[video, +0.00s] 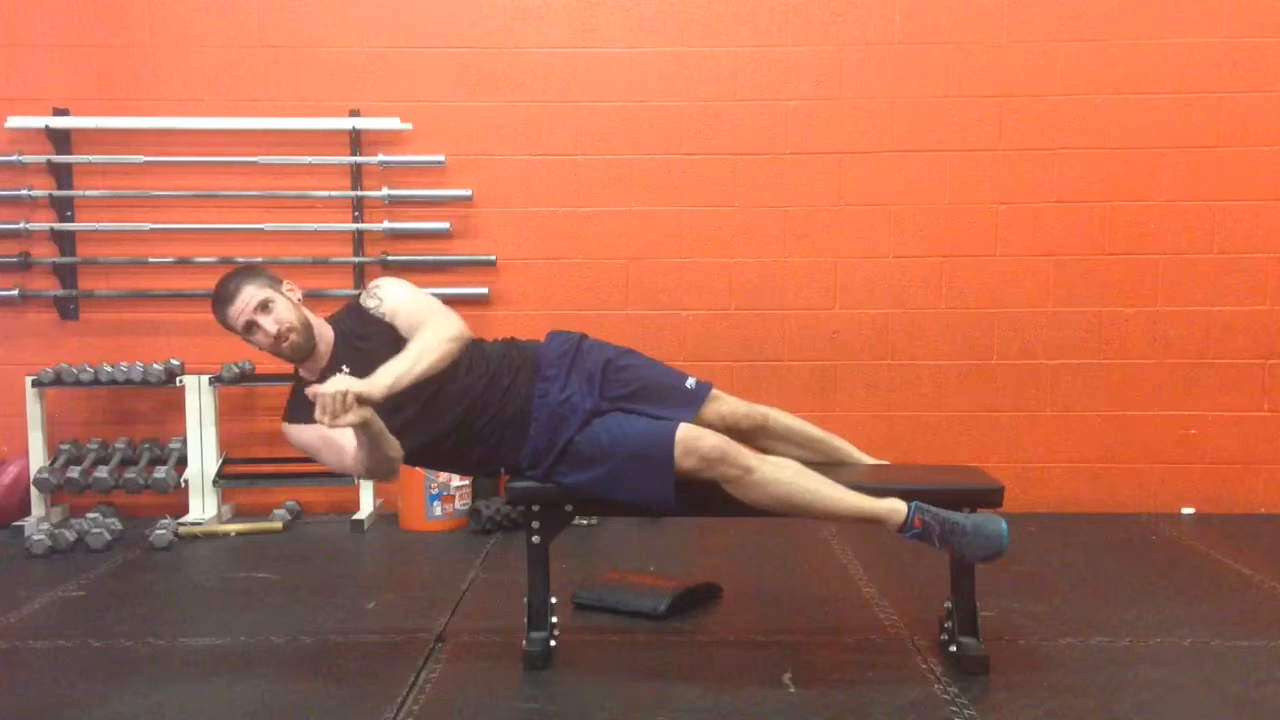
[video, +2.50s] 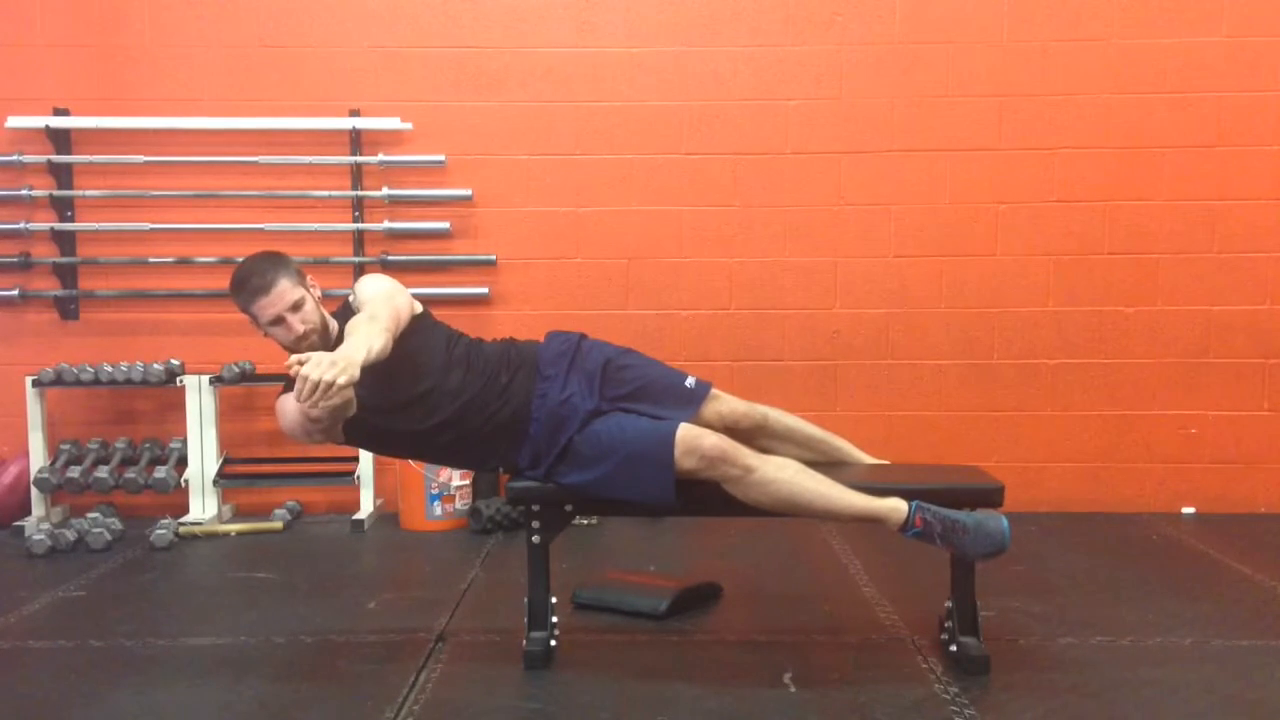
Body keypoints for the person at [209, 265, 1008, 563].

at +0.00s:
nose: (268, 329)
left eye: (266, 309)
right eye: (250, 331)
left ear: (290, 291)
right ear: (249, 349)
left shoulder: (372, 297)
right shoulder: (306, 417)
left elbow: (449, 334)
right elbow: (388, 470)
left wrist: (373, 388)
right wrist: (357, 421)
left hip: (565, 368)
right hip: (545, 451)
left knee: (740, 416)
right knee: (709, 453)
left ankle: (912, 495)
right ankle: (914, 520)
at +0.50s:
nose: (280, 332)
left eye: (276, 310)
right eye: (259, 334)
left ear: (295, 291)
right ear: (252, 350)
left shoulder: (371, 301)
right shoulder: (305, 421)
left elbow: (483, 312)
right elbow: (378, 507)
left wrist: (405, 401)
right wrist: (394, 441)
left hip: (569, 369)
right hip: (547, 451)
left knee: (739, 416)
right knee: (708, 453)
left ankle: (906, 492)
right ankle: (913, 519)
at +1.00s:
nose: (281, 333)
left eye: (278, 311)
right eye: (259, 334)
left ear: (298, 293)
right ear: (250, 349)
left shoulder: (374, 301)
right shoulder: (298, 420)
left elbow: (488, 336)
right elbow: (364, 507)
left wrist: (398, 407)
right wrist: (387, 437)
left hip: (571, 370)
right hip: (545, 452)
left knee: (741, 416)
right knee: (708, 452)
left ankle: (911, 498)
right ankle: (912, 520)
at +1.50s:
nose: (287, 328)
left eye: (285, 308)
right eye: (266, 329)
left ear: (303, 290)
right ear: (255, 345)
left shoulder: (369, 298)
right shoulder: (310, 412)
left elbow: (425, 337)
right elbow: (364, 501)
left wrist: (348, 405)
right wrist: (328, 440)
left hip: (565, 367)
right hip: (544, 449)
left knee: (737, 415)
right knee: (710, 455)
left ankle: (906, 493)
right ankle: (912, 521)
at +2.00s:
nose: (290, 326)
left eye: (290, 308)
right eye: (271, 325)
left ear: (313, 286)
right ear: (261, 339)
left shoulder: (373, 295)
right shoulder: (307, 402)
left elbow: (389, 322)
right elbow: (333, 447)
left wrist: (329, 354)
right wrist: (305, 391)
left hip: (567, 366)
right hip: (546, 449)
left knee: (737, 416)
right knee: (709, 454)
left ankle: (908, 491)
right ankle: (911, 519)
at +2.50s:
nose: (295, 327)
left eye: (294, 307)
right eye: (275, 326)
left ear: (312, 284)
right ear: (260, 337)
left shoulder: (368, 293)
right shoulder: (301, 400)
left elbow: (385, 321)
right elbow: (323, 420)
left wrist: (345, 360)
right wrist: (328, 399)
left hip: (568, 365)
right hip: (548, 446)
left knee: (737, 415)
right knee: (708, 454)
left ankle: (909, 491)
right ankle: (912, 520)